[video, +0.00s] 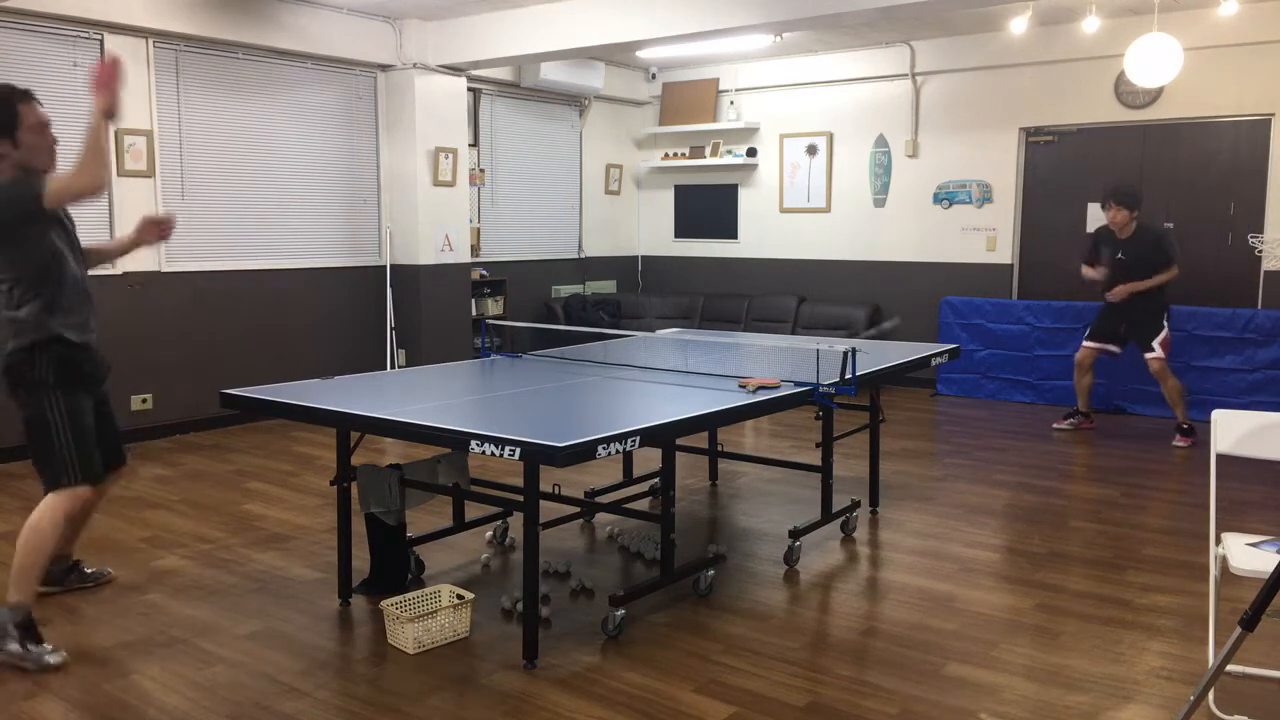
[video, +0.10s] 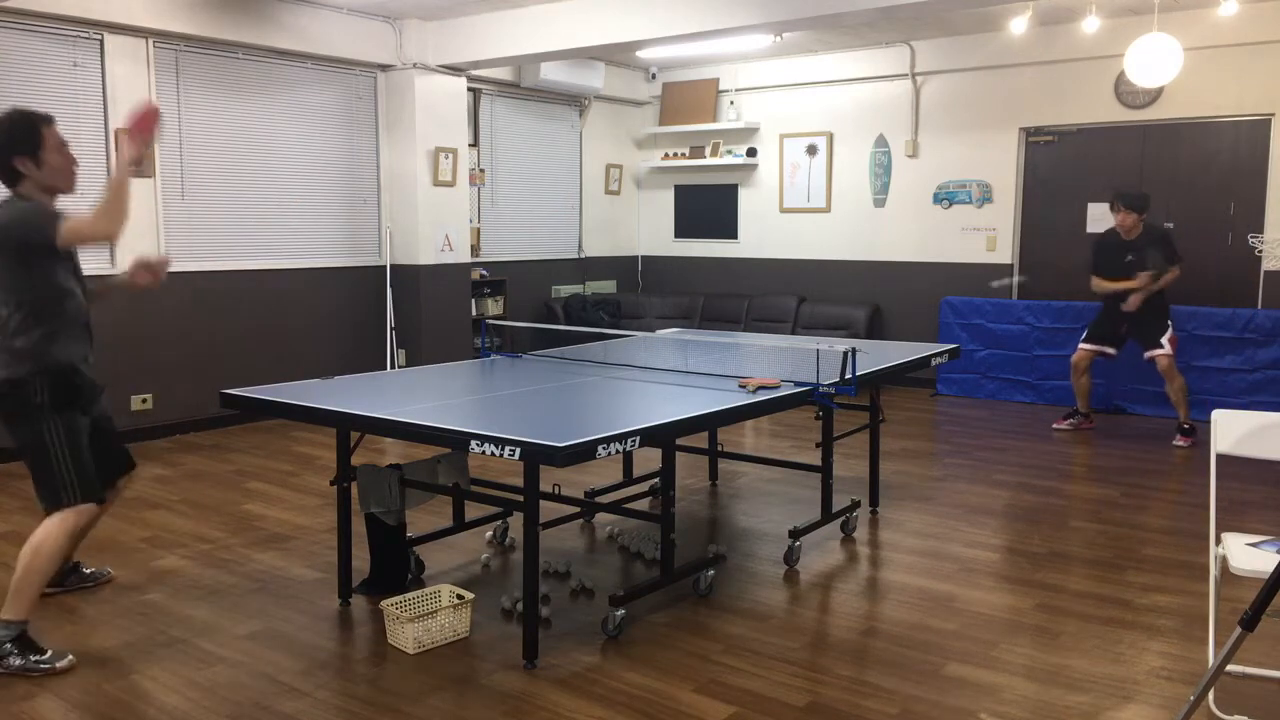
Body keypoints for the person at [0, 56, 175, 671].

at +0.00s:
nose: (53, 133)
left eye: (49, 124)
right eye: (40, 126)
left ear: (27, 141)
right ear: (8, 144)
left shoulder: (39, 197)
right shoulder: (10, 195)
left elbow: (73, 258)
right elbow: (91, 179)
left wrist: (132, 241)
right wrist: (102, 113)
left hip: (70, 351)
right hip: (39, 353)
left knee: (106, 464)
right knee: (72, 485)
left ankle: (55, 566)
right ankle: (12, 618)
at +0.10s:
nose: (72, 155)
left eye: (67, 146)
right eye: (61, 147)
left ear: (30, 165)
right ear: (27, 163)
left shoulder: (40, 218)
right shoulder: (17, 217)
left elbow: (56, 298)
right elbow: (105, 226)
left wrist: (122, 282)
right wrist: (125, 164)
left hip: (64, 379)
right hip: (35, 383)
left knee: (111, 471)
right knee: (75, 504)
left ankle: (56, 565)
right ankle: (8, 636)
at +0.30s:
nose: (103, 147)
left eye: (99, 137)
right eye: (92, 139)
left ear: (64, 153)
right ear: (59, 153)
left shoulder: (69, 210)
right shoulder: (36, 214)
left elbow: (70, 282)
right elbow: (86, 285)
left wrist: (118, 281)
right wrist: (151, 245)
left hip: (60, 373)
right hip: (23, 377)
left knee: (96, 466)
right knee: (51, 484)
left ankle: (54, 564)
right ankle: (16, 624)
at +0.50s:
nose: (136, 173)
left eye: (131, 163)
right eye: (125, 165)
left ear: (93, 180)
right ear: (94, 179)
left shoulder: (85, 231)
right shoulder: (57, 236)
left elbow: (75, 310)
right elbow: (76, 327)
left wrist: (123, 323)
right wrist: (155, 303)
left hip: (52, 378)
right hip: (15, 387)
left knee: (105, 454)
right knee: (53, 494)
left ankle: (95, 548)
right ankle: (10, 622)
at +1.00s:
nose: (119, 275)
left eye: (115, 264)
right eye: (106, 269)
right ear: (66, 287)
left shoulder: (119, 310)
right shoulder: (16, 334)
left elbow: (167, 340)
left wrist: (194, 365)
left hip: (102, 431)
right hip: (36, 437)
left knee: (169, 493)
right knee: (88, 500)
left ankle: (111, 551)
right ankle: (68, 646)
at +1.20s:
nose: (81, 253)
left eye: (80, 240)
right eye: (66, 246)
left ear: (83, 236)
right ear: (30, 261)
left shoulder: (94, 275)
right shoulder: (15, 316)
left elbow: (128, 300)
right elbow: (7, 393)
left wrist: (170, 324)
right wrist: (5, 426)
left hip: (108, 423)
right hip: (51, 434)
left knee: (158, 491)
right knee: (123, 509)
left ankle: (121, 547)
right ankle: (72, 648)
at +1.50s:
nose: (54, 174)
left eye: (50, 165)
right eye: (43, 167)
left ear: (13, 186)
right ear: (16, 184)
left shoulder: (19, 237)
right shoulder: (26, 232)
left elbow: (54, 316)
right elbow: (124, 197)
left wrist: (112, 288)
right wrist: (88, 132)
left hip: (57, 410)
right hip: (66, 412)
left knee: (106, 508)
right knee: (156, 532)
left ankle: (15, 587)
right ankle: (62, 664)